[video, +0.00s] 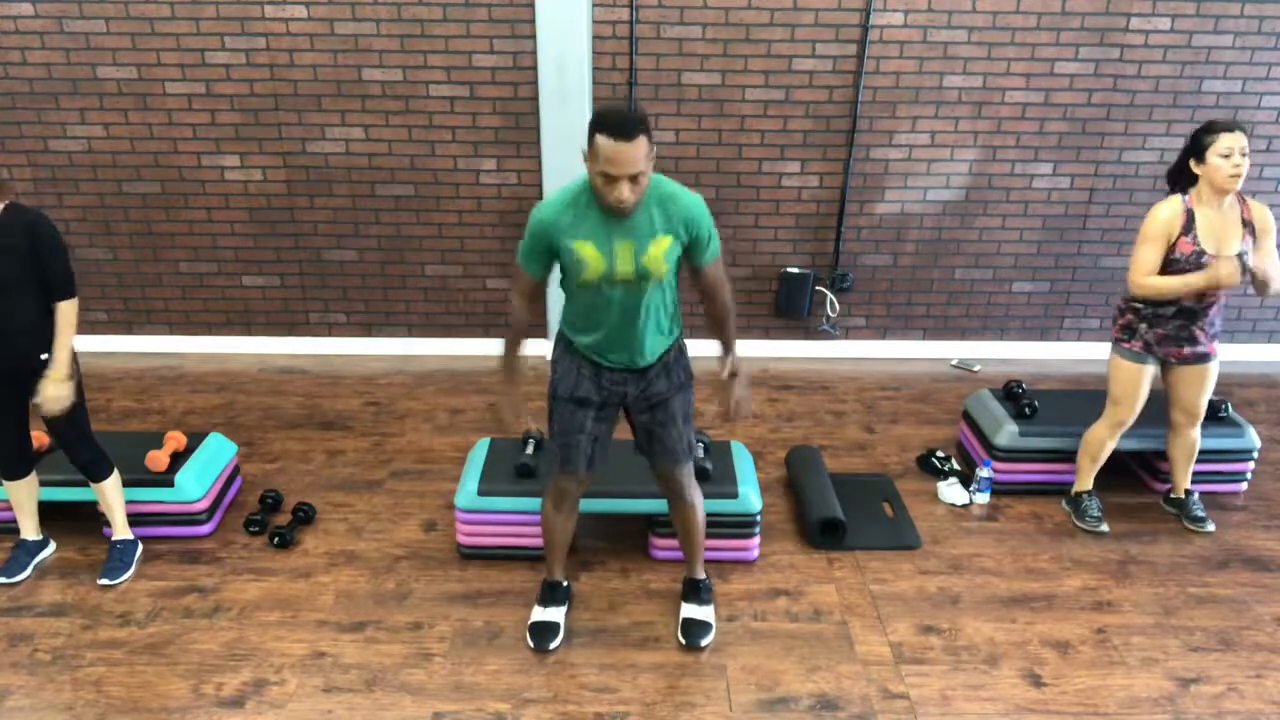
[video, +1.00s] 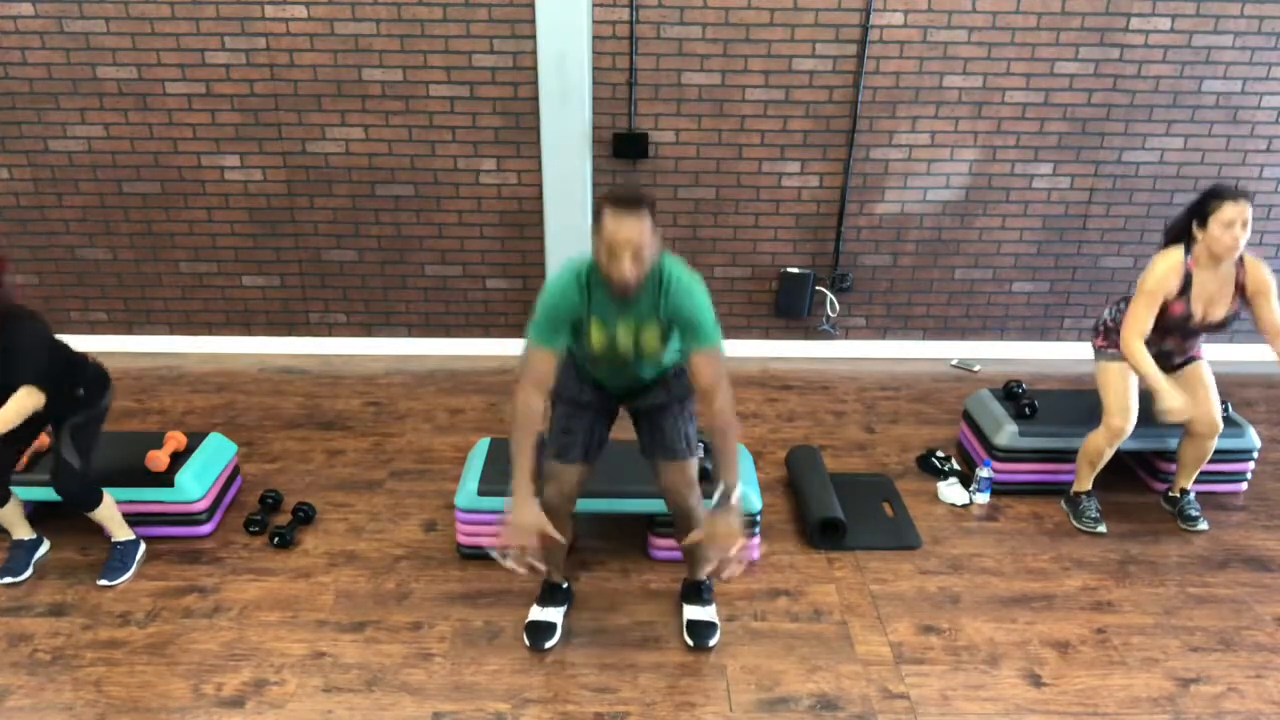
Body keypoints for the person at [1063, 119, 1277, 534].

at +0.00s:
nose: (1238, 164)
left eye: (1244, 156)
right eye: (1226, 156)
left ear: (1249, 161)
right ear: (1197, 165)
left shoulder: (1257, 216)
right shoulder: (1167, 213)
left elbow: (1268, 288)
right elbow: (1138, 283)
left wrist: (1256, 268)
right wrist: (1206, 279)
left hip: (1197, 331)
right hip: (1143, 326)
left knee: (1189, 419)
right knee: (1120, 416)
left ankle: (1181, 494)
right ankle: (1080, 491)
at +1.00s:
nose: (1238, 235)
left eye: (1244, 226)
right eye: (1227, 225)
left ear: (1250, 229)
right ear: (1199, 229)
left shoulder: (1254, 274)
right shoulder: (1168, 265)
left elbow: (1275, 336)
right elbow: (1130, 340)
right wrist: (1163, 389)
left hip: (1180, 346)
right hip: (1125, 338)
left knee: (1208, 425)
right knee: (1119, 424)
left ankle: (1179, 493)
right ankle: (1079, 493)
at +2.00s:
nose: (1252, 172)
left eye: (1256, 163)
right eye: (1241, 163)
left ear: (1260, 167)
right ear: (1208, 170)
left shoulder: (1262, 220)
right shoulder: (1177, 214)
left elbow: (1275, 286)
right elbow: (1141, 284)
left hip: (1198, 330)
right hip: (1145, 323)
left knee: (1192, 421)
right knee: (1119, 418)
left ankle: (1179, 494)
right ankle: (1080, 493)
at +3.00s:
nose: (1244, 203)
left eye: (1249, 193)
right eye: (1233, 192)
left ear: (1254, 195)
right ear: (1202, 196)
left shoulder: (1254, 242)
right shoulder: (1171, 238)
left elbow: (1277, 295)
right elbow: (1107, 294)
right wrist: (1071, 355)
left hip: (1189, 338)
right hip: (1132, 334)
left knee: (1206, 427)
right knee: (1116, 430)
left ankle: (1179, 493)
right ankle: (1080, 494)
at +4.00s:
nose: (1255, 195)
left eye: (1259, 185)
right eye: (1243, 185)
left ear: (1264, 189)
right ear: (1211, 191)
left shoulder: (1263, 239)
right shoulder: (1178, 232)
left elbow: (1274, 307)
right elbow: (1128, 300)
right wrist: (1186, 330)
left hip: (1192, 332)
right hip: (1137, 326)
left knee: (1197, 422)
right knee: (1116, 421)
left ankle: (1179, 494)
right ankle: (1080, 494)